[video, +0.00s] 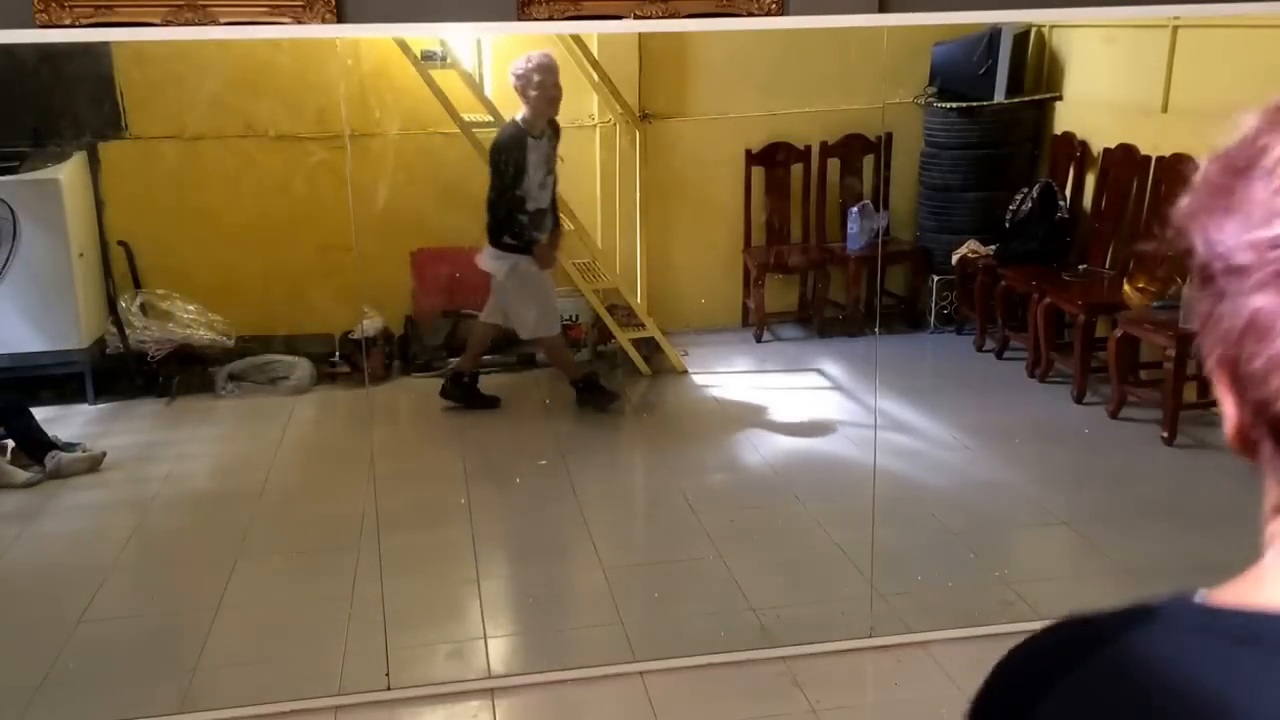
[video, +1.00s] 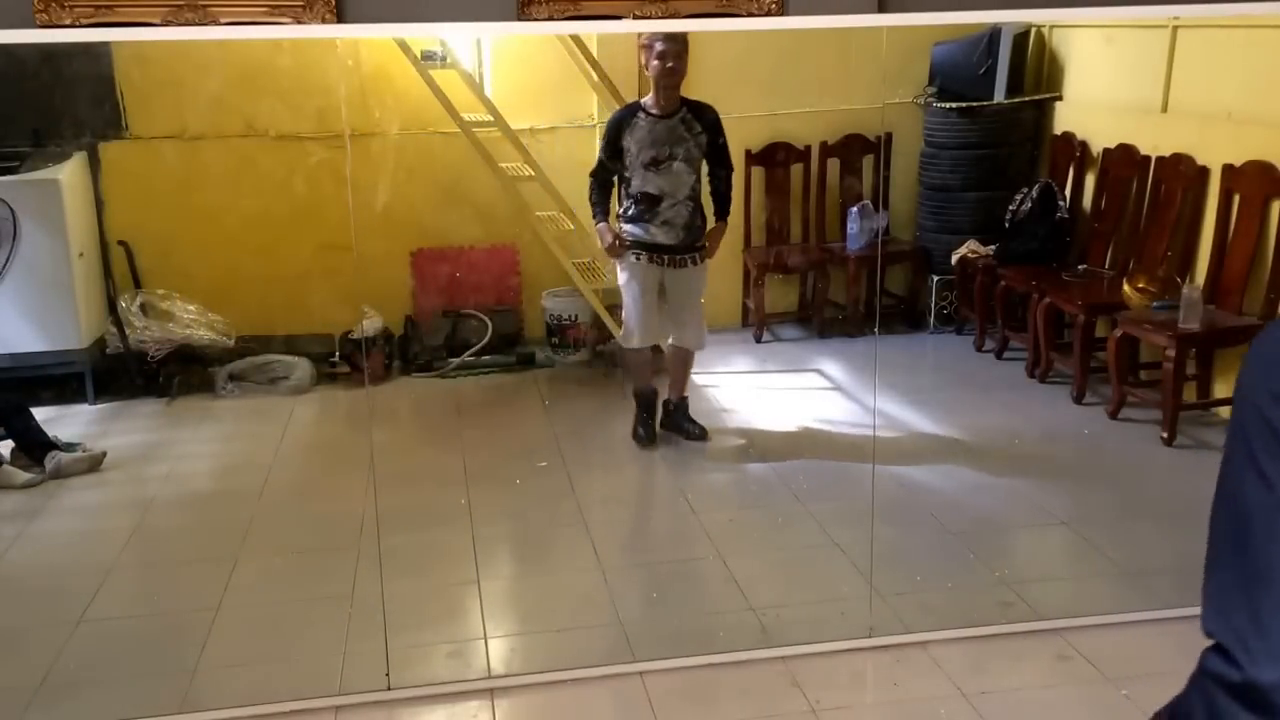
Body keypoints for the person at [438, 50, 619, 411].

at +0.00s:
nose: (556, 92)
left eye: (557, 83)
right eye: (545, 86)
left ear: (559, 86)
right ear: (523, 92)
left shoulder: (551, 132)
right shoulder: (509, 142)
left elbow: (547, 187)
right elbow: (499, 214)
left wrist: (554, 229)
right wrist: (533, 245)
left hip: (531, 247)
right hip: (510, 251)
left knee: (494, 316)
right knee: (545, 320)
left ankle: (461, 379)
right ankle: (582, 384)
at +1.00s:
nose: (670, 64)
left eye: (677, 57)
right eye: (662, 57)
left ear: (687, 63)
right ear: (646, 63)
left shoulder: (704, 118)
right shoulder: (623, 120)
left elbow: (721, 171)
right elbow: (602, 176)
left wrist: (721, 222)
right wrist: (601, 224)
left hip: (688, 247)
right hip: (636, 247)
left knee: (686, 333)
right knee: (638, 335)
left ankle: (676, 408)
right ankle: (644, 406)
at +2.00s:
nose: (673, 73)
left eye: (681, 63)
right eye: (663, 65)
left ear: (693, 66)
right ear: (646, 68)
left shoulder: (716, 119)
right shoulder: (625, 132)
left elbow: (723, 186)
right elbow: (611, 196)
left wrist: (722, 241)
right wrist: (610, 251)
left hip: (713, 267)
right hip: (655, 273)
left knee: (728, 362)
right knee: (654, 368)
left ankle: (736, 446)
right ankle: (662, 449)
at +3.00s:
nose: (769, 75)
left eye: (771, 66)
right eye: (759, 66)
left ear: (727, 73)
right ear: (729, 68)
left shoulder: (712, 121)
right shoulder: (730, 126)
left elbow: (728, 205)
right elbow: (742, 207)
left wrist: (763, 243)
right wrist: (770, 250)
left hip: (716, 270)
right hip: (734, 272)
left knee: (733, 365)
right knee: (747, 367)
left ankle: (732, 456)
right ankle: (673, 441)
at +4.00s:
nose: (663, 101)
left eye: (674, 92)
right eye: (655, 91)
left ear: (690, 86)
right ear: (643, 83)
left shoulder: (716, 127)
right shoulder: (621, 139)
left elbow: (731, 197)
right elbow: (608, 208)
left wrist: (734, 255)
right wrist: (615, 272)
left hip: (711, 279)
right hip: (645, 283)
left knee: (727, 371)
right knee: (631, 381)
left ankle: (736, 456)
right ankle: (628, 466)